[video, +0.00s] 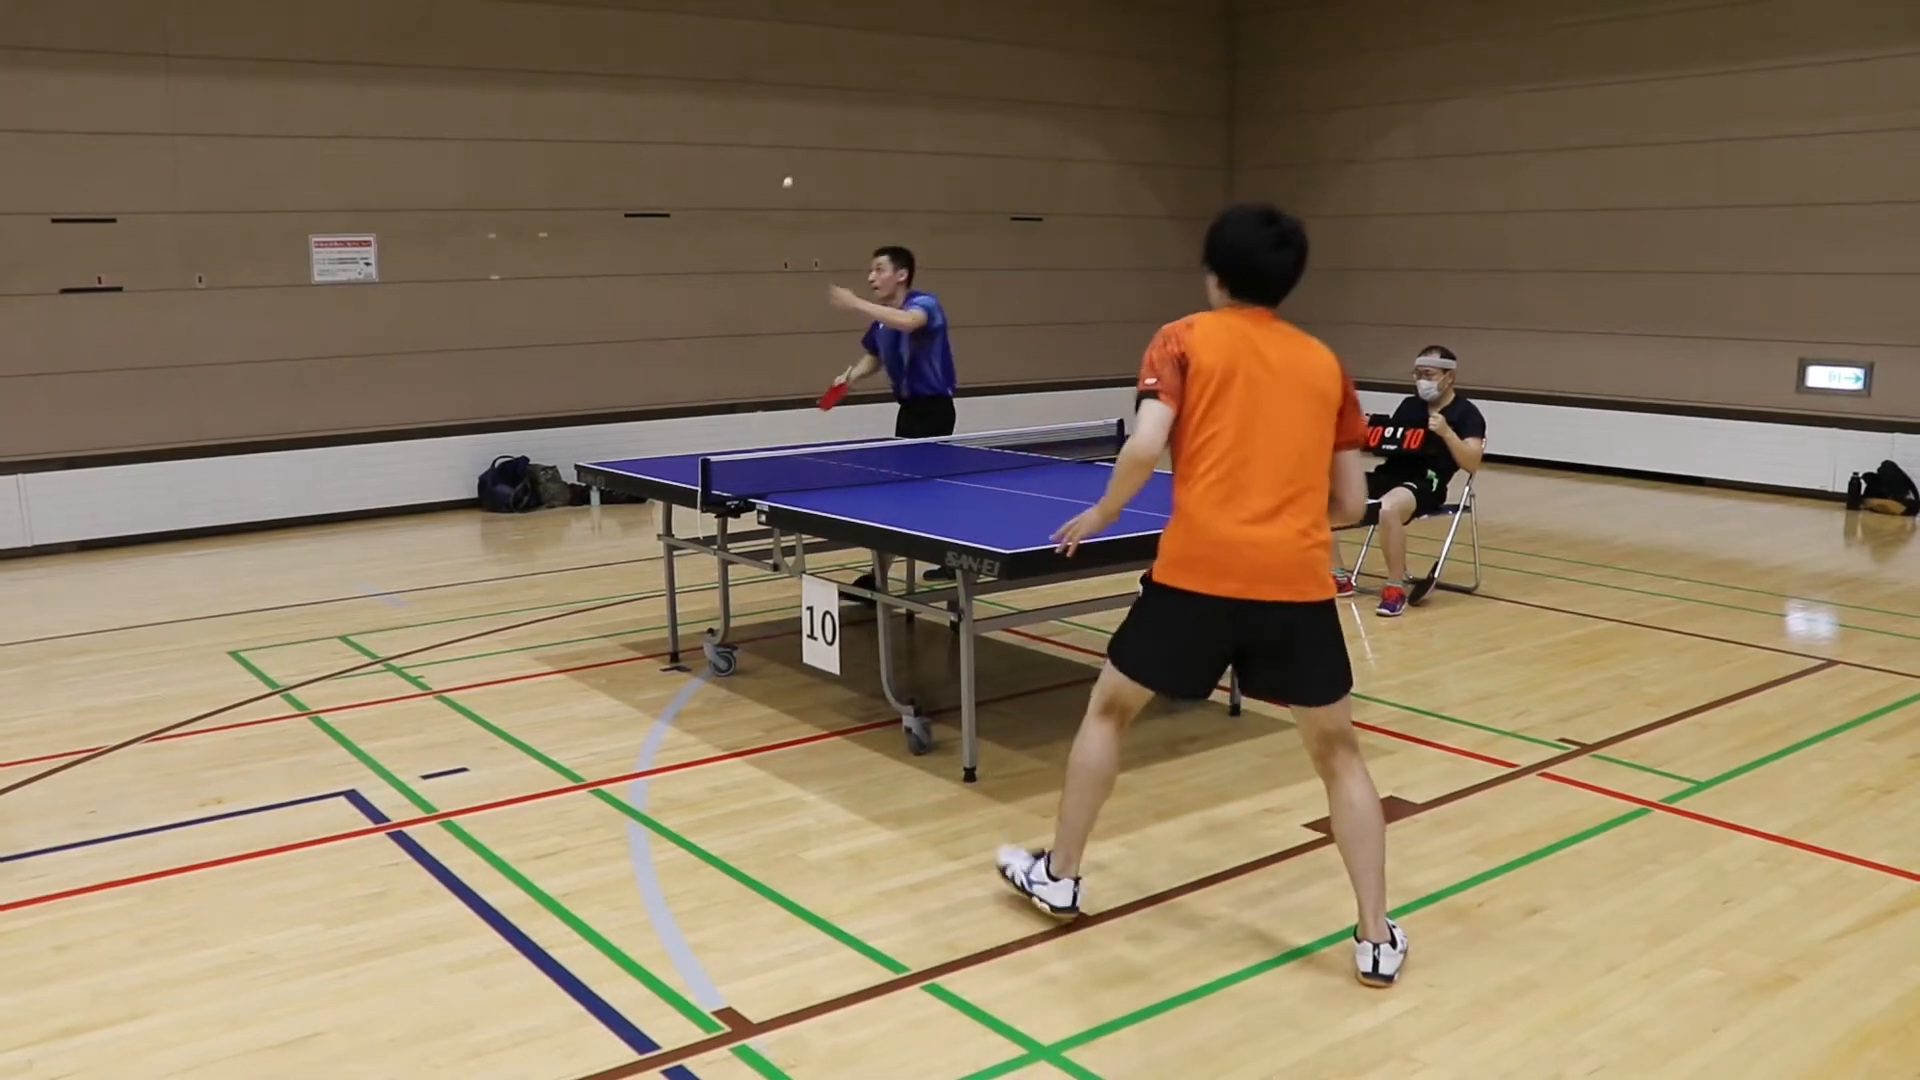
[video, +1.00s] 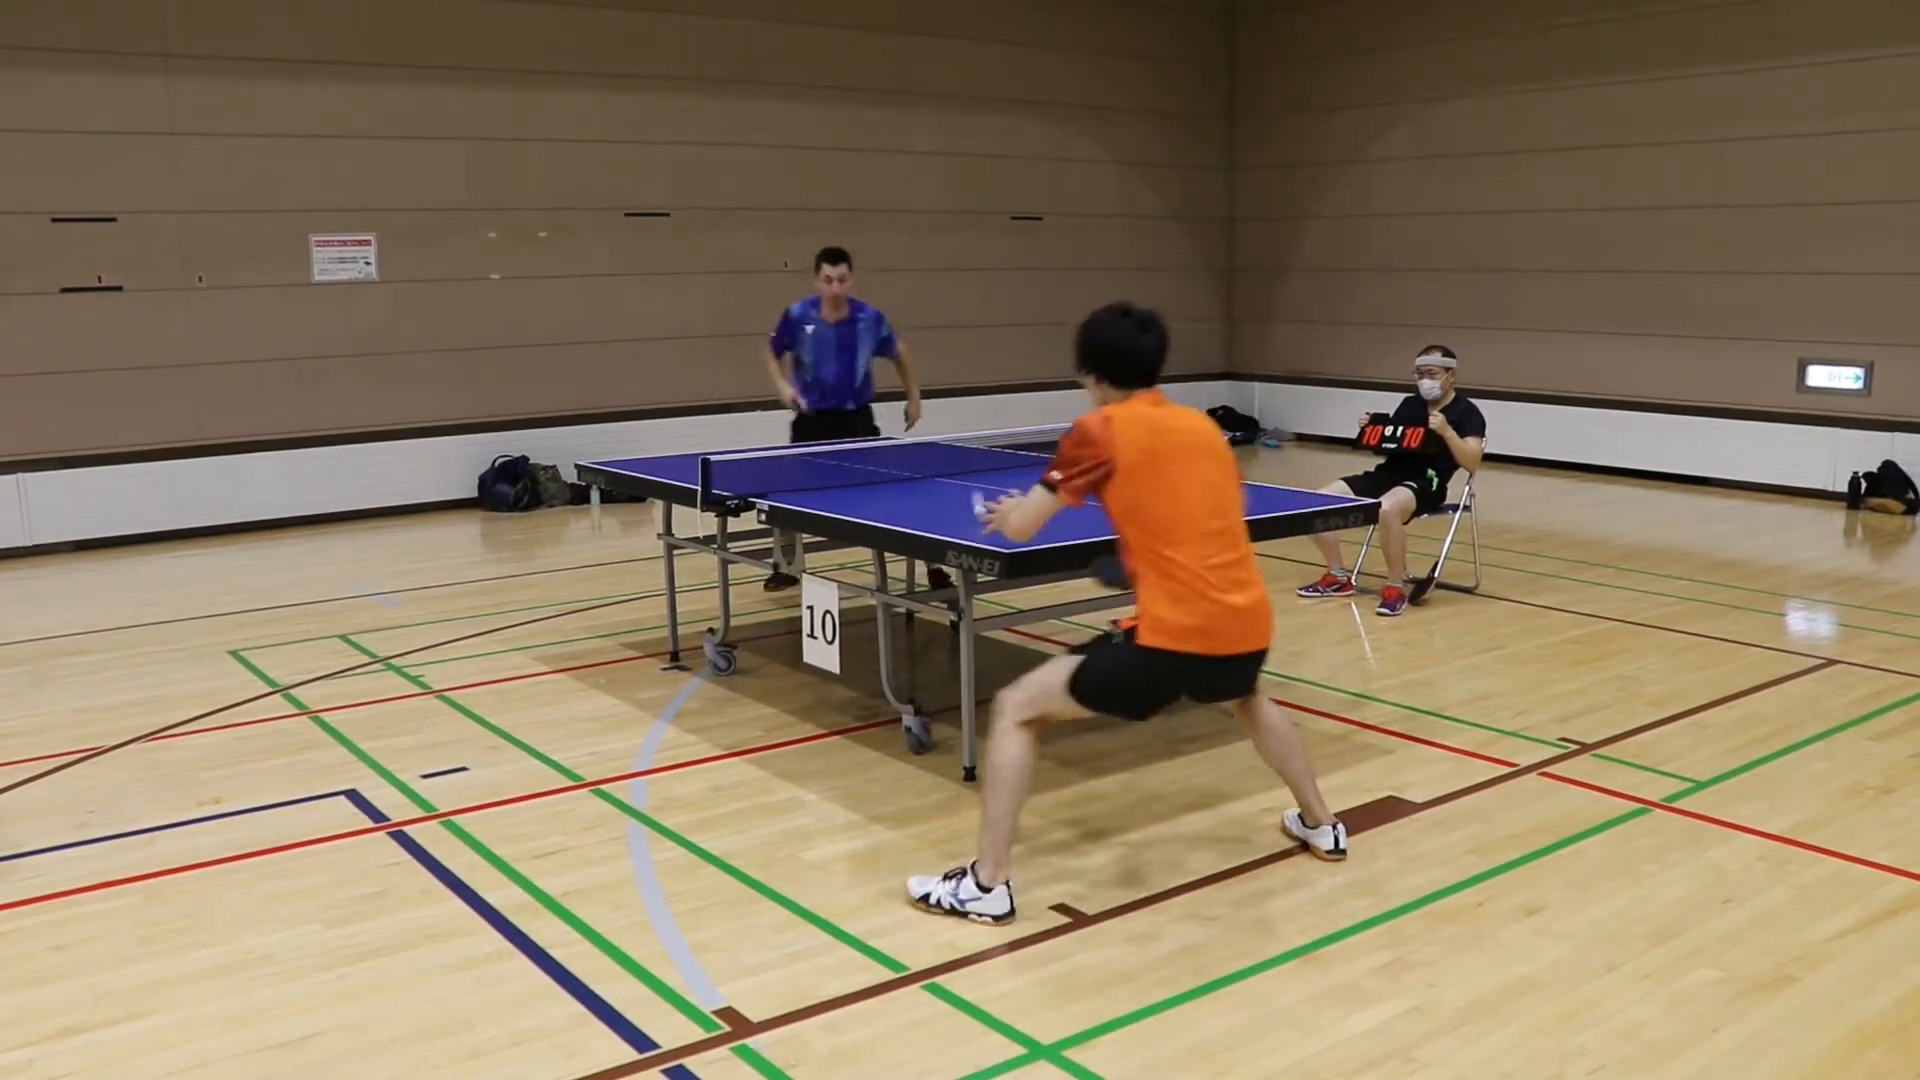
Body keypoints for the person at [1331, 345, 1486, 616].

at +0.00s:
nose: (1423, 381)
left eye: (1430, 375)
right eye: (1418, 374)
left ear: (1450, 378)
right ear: (1414, 375)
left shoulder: (1466, 413)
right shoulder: (1410, 405)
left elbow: (1471, 463)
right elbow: (1386, 444)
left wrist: (1446, 433)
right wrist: (1367, 432)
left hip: (1426, 482)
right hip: (1388, 476)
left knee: (1390, 508)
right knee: (1323, 500)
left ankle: (1395, 587)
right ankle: (1337, 574)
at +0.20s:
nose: (1423, 381)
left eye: (1430, 375)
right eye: (1419, 374)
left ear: (1449, 378)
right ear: (1413, 375)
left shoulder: (1466, 414)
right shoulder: (1411, 405)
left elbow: (1472, 463)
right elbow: (1393, 439)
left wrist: (1447, 433)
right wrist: (1373, 426)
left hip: (1427, 481)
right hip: (1390, 473)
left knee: (1389, 508)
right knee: (1320, 501)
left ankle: (1395, 588)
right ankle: (1337, 576)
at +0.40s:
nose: (1423, 382)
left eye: (1430, 375)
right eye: (1419, 374)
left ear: (1449, 378)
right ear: (1414, 375)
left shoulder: (1466, 413)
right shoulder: (1411, 405)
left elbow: (1472, 463)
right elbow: (1393, 439)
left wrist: (1447, 433)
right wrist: (1373, 426)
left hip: (1427, 482)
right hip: (1390, 474)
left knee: (1388, 509)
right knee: (1319, 502)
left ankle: (1395, 588)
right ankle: (1337, 576)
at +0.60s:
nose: (1423, 382)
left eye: (1430, 375)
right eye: (1419, 375)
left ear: (1449, 378)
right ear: (1413, 375)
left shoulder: (1467, 414)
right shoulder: (1411, 405)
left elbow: (1472, 463)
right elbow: (1393, 439)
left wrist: (1446, 433)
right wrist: (1372, 426)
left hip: (1427, 481)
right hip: (1390, 473)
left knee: (1389, 509)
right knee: (1320, 502)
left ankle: (1395, 588)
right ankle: (1337, 576)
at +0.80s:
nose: (1422, 381)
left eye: (1430, 375)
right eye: (1419, 374)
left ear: (1449, 379)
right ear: (1414, 375)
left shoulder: (1467, 414)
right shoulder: (1411, 405)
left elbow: (1472, 463)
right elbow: (1392, 438)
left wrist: (1446, 432)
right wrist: (1373, 426)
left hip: (1426, 482)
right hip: (1389, 474)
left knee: (1389, 509)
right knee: (1318, 502)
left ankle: (1395, 588)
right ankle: (1337, 575)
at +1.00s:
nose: (1426, 381)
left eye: (1433, 374)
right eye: (1420, 374)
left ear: (1451, 377)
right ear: (1415, 376)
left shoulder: (1467, 413)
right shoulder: (1411, 404)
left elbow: (1472, 463)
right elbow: (1393, 437)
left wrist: (1447, 432)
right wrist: (1372, 425)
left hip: (1427, 482)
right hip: (1390, 473)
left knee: (1388, 509)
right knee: (1318, 501)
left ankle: (1395, 588)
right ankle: (1337, 576)